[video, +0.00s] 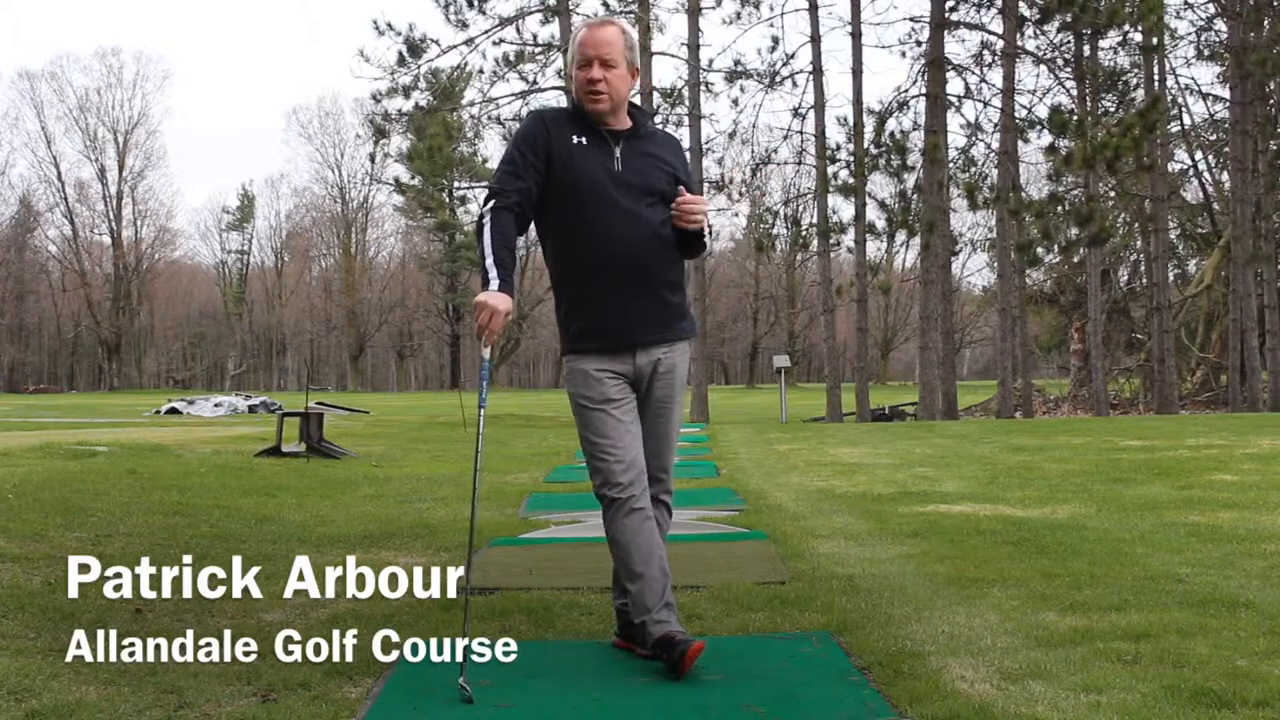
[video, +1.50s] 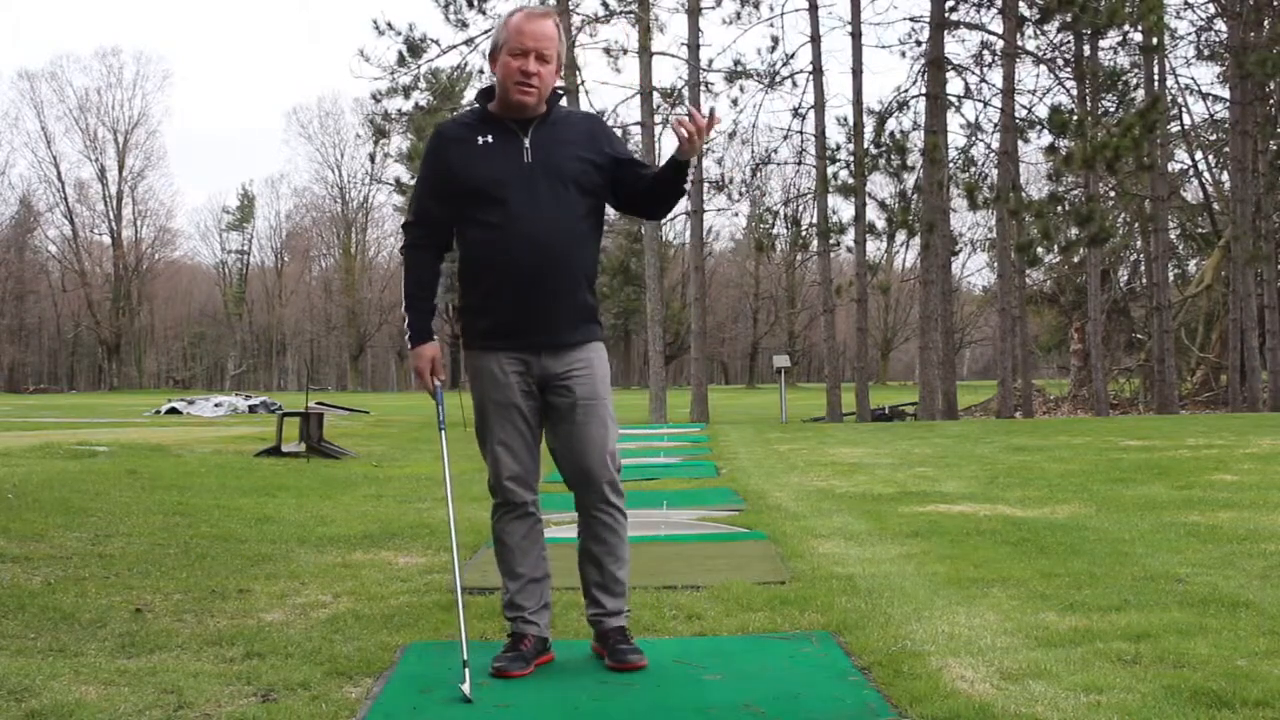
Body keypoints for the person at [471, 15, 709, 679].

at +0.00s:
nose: (593, 75)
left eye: (606, 64)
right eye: (583, 64)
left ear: (632, 74)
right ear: (569, 73)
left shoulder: (665, 147)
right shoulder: (545, 132)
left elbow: (688, 249)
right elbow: (503, 207)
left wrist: (695, 226)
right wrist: (498, 284)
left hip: (666, 341)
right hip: (591, 347)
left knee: (655, 490)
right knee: (624, 487)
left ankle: (632, 618)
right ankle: (663, 629)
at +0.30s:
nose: (597, 75)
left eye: (611, 64)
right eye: (587, 63)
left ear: (634, 75)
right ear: (571, 70)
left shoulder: (661, 144)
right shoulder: (541, 128)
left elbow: (696, 240)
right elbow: (497, 207)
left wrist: (690, 223)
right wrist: (497, 284)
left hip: (655, 340)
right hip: (576, 340)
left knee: (647, 483)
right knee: (585, 466)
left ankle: (638, 615)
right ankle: (594, 622)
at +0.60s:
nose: (596, 73)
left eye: (609, 64)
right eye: (585, 60)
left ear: (625, 76)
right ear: (562, 66)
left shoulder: (647, 142)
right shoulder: (523, 127)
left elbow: (685, 237)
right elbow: (480, 204)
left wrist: (698, 197)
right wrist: (479, 280)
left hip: (636, 342)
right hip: (554, 343)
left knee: (637, 485)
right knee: (536, 482)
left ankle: (636, 619)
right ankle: (530, 630)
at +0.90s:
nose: (580, 71)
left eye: (593, 62)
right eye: (568, 57)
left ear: (607, 73)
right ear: (542, 63)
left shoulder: (630, 142)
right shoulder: (495, 137)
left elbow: (670, 234)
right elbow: (446, 217)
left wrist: (655, 187)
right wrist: (437, 294)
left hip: (608, 343)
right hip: (525, 344)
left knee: (622, 487)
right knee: (523, 492)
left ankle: (634, 618)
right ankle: (531, 632)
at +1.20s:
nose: (552, 69)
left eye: (565, 58)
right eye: (541, 55)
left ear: (579, 68)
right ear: (514, 62)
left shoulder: (602, 136)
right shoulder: (471, 137)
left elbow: (655, 226)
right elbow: (435, 232)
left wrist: (632, 174)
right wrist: (421, 325)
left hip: (582, 343)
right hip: (500, 346)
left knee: (614, 485)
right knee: (515, 495)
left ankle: (633, 614)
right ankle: (529, 632)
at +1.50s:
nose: (529, 68)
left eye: (543, 58)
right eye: (518, 54)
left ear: (559, 70)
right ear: (493, 61)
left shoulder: (588, 134)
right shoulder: (454, 141)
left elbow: (646, 200)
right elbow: (423, 241)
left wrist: (684, 156)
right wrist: (420, 334)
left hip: (576, 340)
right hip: (493, 345)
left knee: (599, 484)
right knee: (512, 494)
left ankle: (612, 626)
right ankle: (528, 631)